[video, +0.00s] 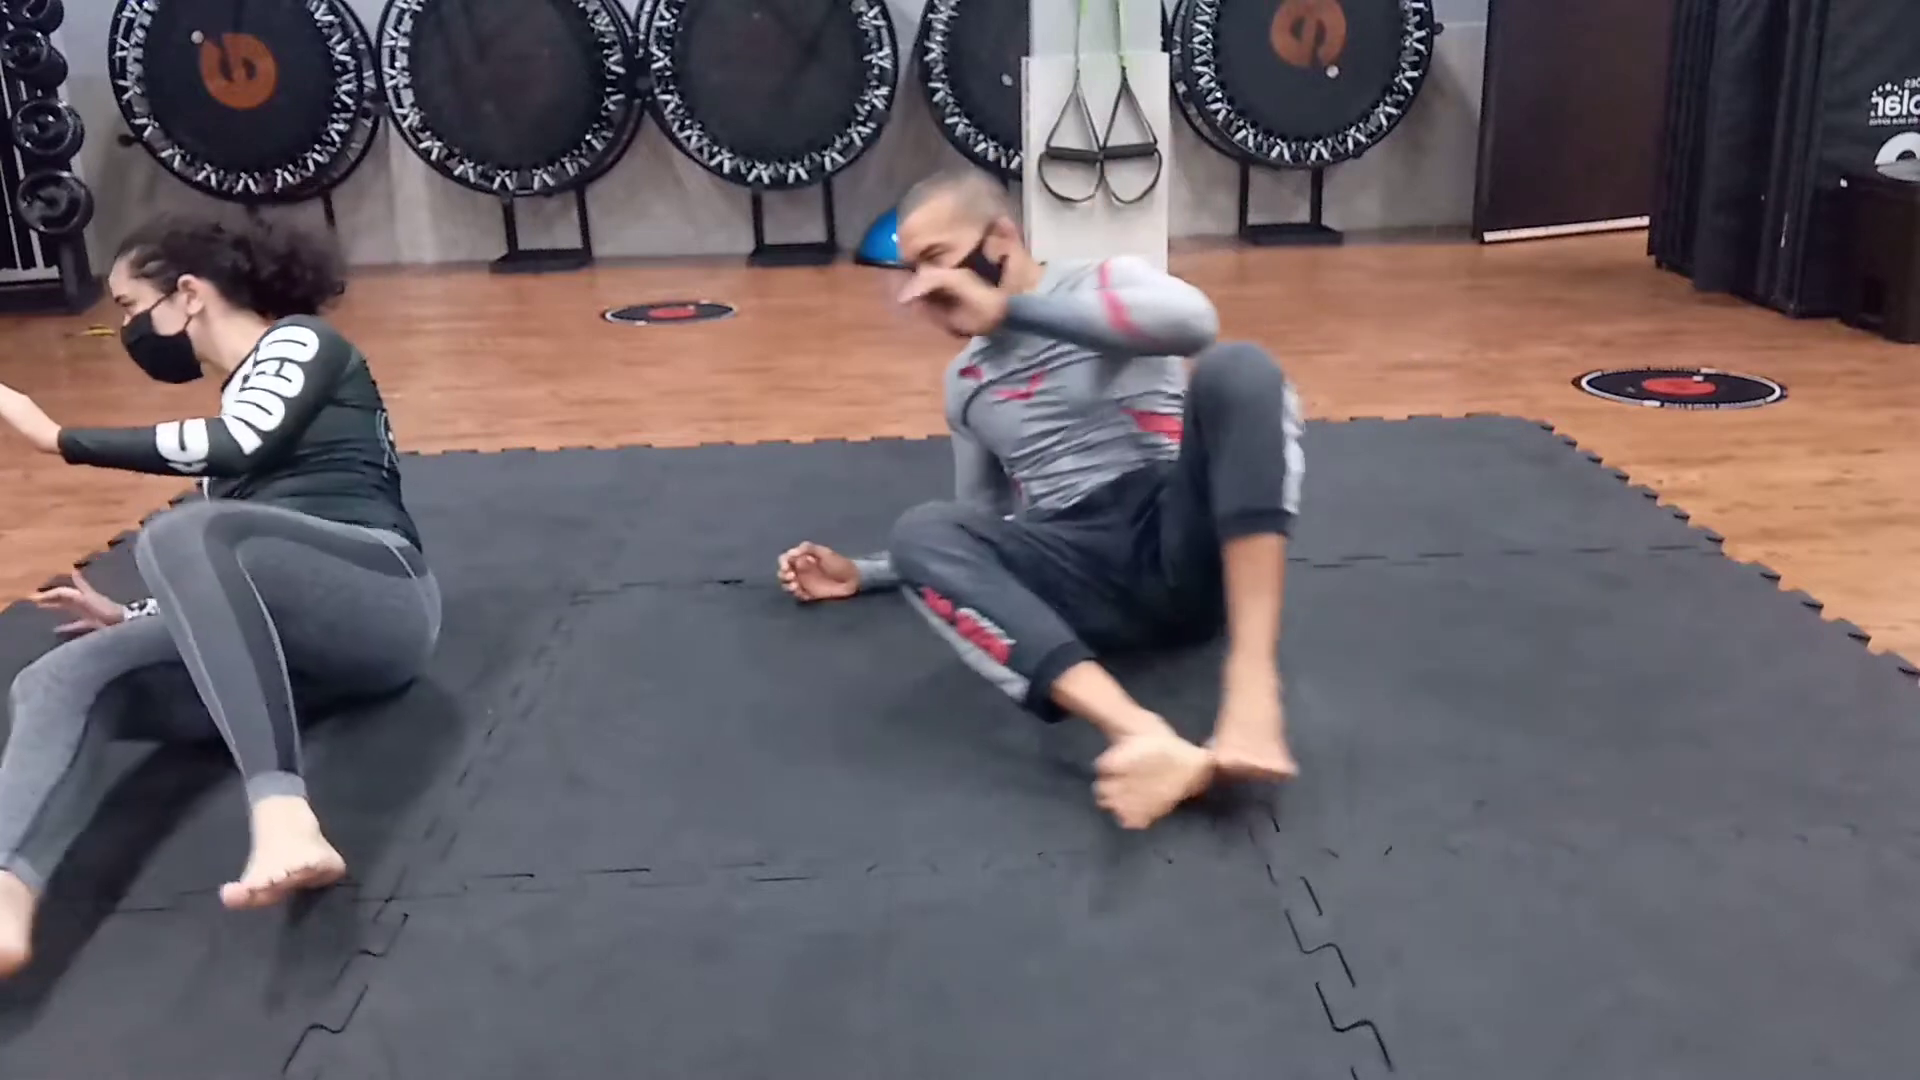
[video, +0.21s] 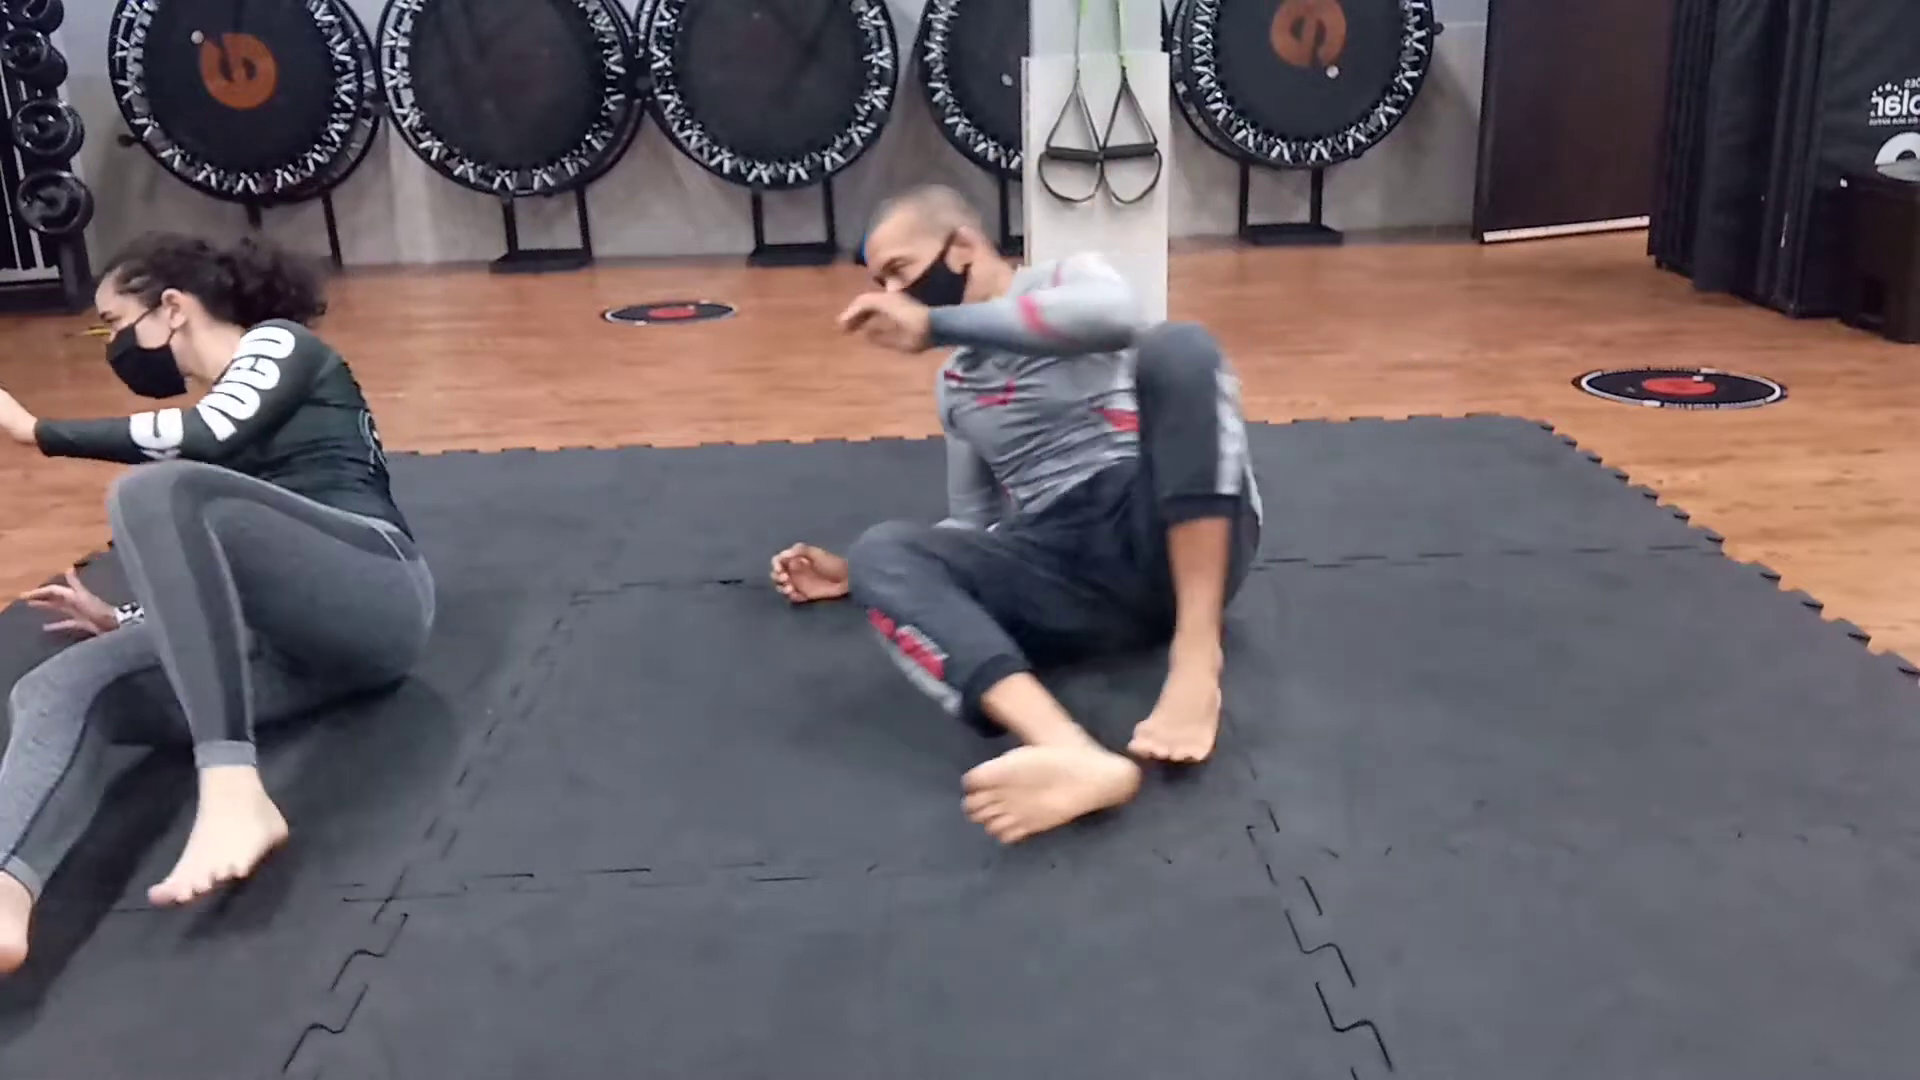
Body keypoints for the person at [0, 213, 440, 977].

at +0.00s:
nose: (126, 331)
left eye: (131, 309)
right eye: (120, 315)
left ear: (191, 296)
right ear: (192, 303)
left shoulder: (303, 341)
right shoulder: (238, 418)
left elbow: (232, 445)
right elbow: (266, 574)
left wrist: (63, 441)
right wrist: (134, 619)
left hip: (380, 598)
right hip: (281, 653)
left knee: (181, 534)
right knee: (56, 679)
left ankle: (283, 815)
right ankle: (9, 893)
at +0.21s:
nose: (116, 349)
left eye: (119, 327)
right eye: (110, 334)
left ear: (174, 310)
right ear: (175, 318)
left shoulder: (282, 342)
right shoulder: (220, 432)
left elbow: (207, 435)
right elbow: (246, 580)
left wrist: (40, 433)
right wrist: (127, 621)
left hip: (376, 594)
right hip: (289, 655)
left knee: (153, 492)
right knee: (57, 690)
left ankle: (233, 792)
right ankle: (9, 891)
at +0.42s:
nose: (107, 356)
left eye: (108, 335)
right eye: (101, 342)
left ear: (161, 315)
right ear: (165, 320)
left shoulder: (258, 342)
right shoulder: (201, 432)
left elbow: (156, 430)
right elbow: (246, 583)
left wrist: (12, 440)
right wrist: (124, 618)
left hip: (365, 585)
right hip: (289, 651)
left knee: (106, 476)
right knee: (49, 704)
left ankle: (226, 767)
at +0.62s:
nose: (109, 367)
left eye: (107, 348)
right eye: (101, 356)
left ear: (155, 323)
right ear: (160, 325)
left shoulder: (234, 342)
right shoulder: (219, 435)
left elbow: (107, 430)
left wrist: (5, 454)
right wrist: (124, 617)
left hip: (344, 580)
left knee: (53, 481)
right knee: (30, 717)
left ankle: (223, 744)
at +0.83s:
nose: (112, 375)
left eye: (110, 358)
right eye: (103, 365)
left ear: (149, 326)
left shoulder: (224, 342)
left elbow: (64, 438)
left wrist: (8, 452)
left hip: (317, 573)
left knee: (22, 506)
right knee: (16, 731)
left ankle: (214, 739)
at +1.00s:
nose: (103, 381)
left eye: (102, 363)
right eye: (93, 372)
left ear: (141, 328)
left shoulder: (201, 342)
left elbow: (30, 455)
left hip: (306, 566)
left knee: (9, 526)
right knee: (16, 729)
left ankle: (211, 741)